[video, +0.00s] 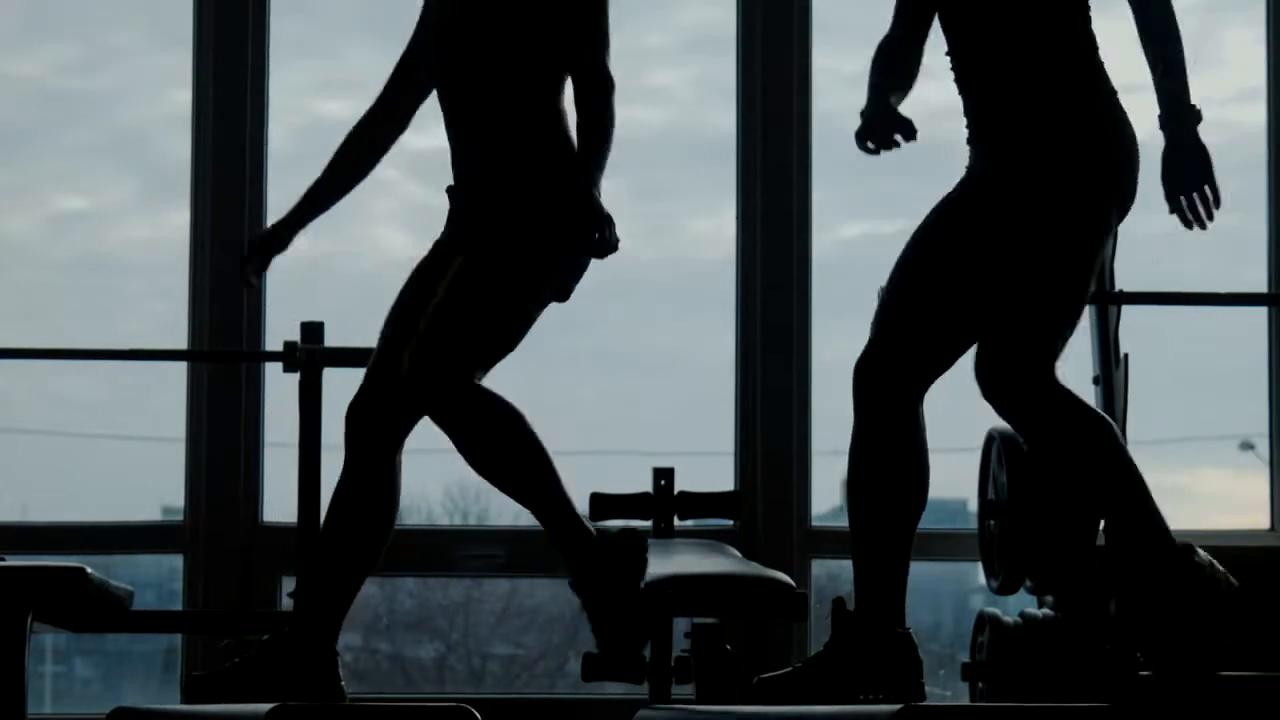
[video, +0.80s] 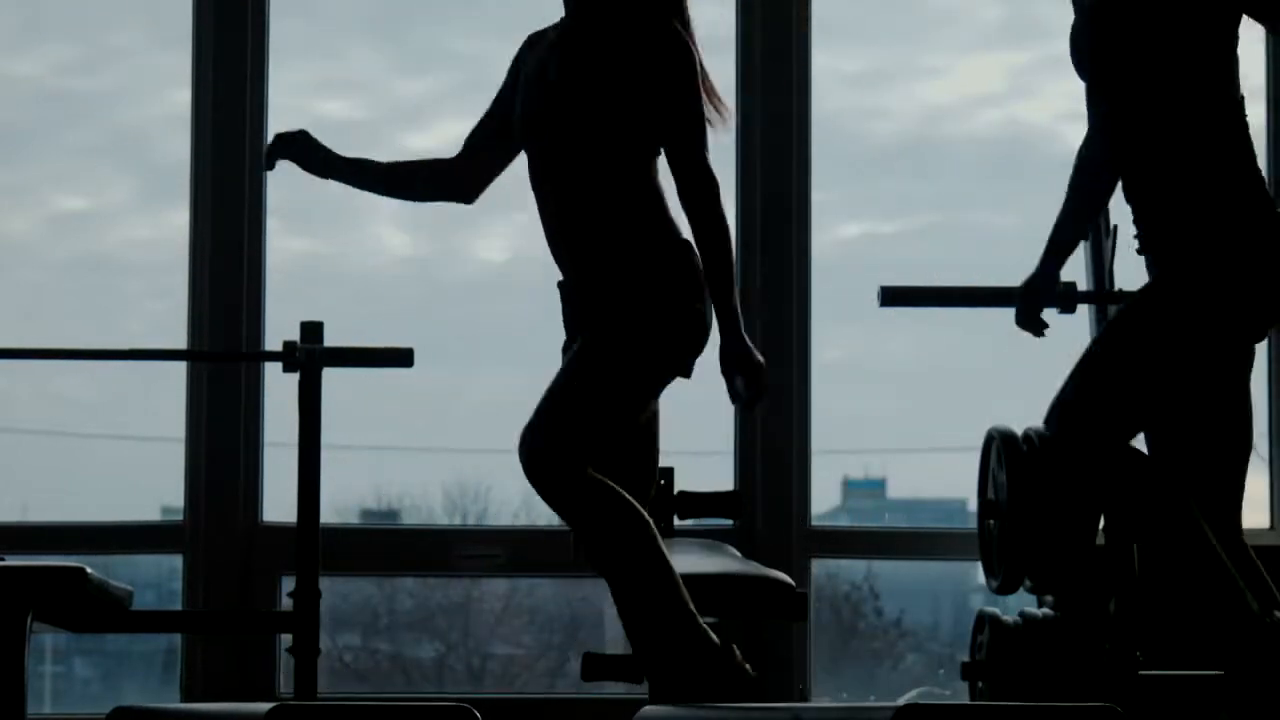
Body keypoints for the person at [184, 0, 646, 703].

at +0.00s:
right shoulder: (447, 11)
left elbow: (595, 89)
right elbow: (383, 122)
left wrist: (587, 191)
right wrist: (289, 226)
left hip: (546, 224)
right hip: (473, 225)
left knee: (443, 380)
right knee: (372, 422)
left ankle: (593, 566)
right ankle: (311, 648)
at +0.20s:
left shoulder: (639, 31)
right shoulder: (594, 43)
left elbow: (581, 126)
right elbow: (585, 218)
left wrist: (469, 99)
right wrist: (548, 360)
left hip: (648, 306)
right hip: (585, 304)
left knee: (710, 520)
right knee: (410, 429)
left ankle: (803, 689)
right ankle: (320, 642)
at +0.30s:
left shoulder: (672, 57)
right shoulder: (629, 68)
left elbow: (595, 145)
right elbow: (639, 233)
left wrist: (460, 119)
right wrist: (643, 370)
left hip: (701, 335)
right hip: (635, 328)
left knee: (774, 546)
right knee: (443, 419)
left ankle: (862, 712)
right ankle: (359, 642)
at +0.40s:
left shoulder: (674, 38)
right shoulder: (628, 54)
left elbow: (608, 151)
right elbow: (653, 227)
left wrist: (485, 188)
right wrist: (671, 367)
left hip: (709, 315)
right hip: (647, 315)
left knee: (769, 534)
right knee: (472, 422)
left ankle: (847, 714)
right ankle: (491, 653)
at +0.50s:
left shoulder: (664, 44)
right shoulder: (629, 53)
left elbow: (614, 178)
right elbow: (614, 182)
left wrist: (528, 266)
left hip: (702, 312)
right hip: (649, 315)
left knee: (772, 536)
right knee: (506, 477)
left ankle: (846, 713)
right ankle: (609, 664)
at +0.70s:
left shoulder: (653, 70)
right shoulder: (581, 81)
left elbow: (656, 224)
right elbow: (553, 232)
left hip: (669, 339)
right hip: (607, 342)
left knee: (657, 547)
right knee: (593, 557)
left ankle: (795, 707)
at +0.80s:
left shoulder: (655, 47)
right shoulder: (542, 54)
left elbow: (698, 187)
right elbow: (463, 178)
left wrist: (733, 330)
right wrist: (336, 167)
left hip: (658, 297)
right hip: (594, 303)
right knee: (623, 493)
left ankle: (697, 659)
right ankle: (674, 674)